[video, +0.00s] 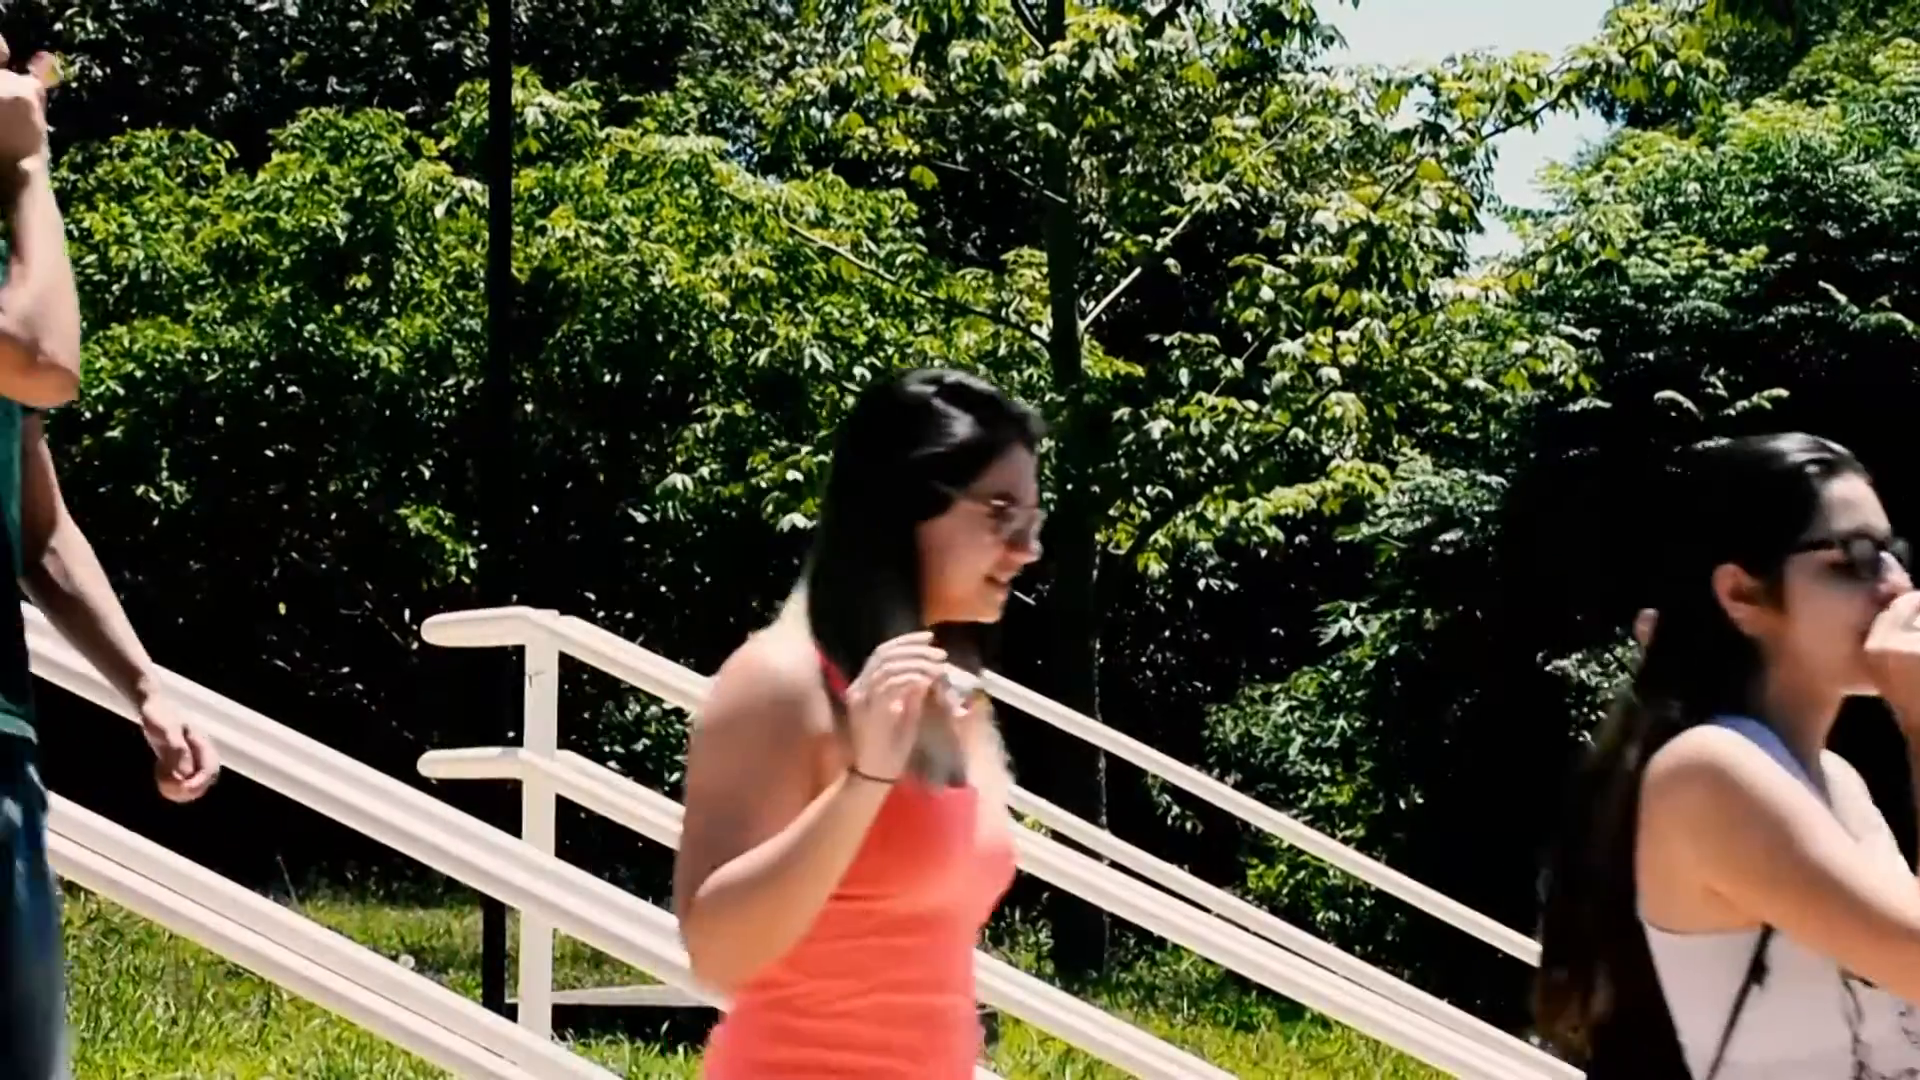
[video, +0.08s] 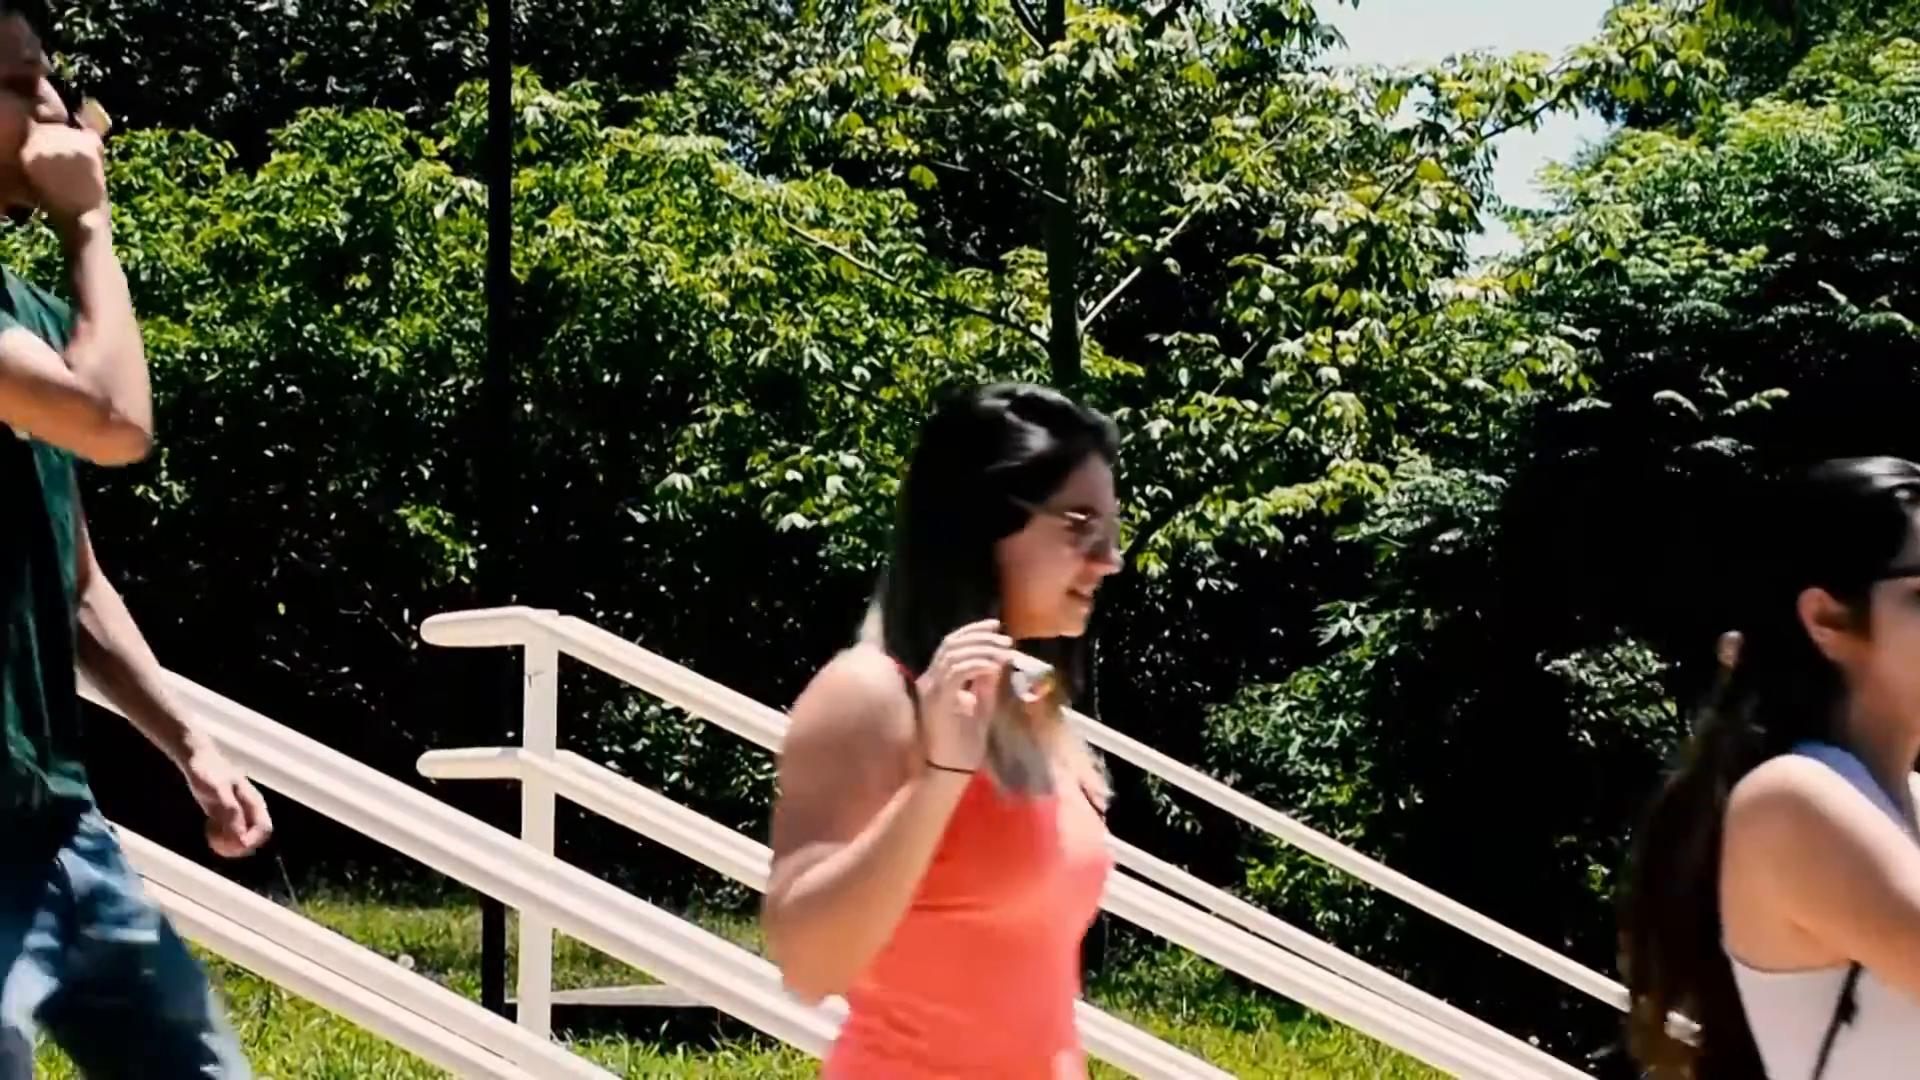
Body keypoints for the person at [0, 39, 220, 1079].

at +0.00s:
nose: (18, 83)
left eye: (17, 70)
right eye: (8, 70)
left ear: (15, 99)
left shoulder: (11, 301)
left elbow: (45, 533)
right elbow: (49, 358)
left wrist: (142, 683)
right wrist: (30, 163)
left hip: (4, 752)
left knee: (34, 1050)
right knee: (26, 1048)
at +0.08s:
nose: (58, 107)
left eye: (47, 80)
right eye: (27, 84)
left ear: (42, 101)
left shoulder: (35, 309)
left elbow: (78, 587)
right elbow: (116, 418)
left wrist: (186, 740)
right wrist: (90, 220)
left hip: (58, 822)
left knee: (203, 1066)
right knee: (9, 1059)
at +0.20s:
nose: (146, 181)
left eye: (141, 153)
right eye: (115, 152)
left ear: (26, 159)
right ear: (14, 156)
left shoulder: (107, 364)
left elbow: (126, 657)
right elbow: (180, 510)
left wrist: (213, 847)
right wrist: (170, 309)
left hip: (160, 877)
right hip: (42, 915)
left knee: (356, 1071)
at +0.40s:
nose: (279, 205)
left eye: (278, 175)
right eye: (251, 174)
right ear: (153, 176)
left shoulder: (255, 379)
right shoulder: (92, 361)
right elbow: (311, 532)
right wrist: (301, 326)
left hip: (306, 909)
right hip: (165, 921)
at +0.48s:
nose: (345, 238)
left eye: (338, 210)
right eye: (314, 210)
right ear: (213, 216)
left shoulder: (326, 418)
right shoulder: (162, 400)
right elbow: (382, 563)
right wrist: (367, 362)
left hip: (376, 953)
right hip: (246, 960)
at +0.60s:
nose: (444, 271)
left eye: (437, 243)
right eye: (410, 243)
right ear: (310, 257)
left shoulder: (435, 473)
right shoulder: (272, 432)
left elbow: (479, 761)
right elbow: (490, 597)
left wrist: (529, 995)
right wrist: (471, 391)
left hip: (463, 970)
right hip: (356, 975)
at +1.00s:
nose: (811, 403)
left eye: (797, 376)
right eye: (773, 380)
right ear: (677, 411)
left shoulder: (796, 624)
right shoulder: (644, 595)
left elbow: (813, 892)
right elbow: (877, 771)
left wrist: (926, 1058)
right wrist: (845, 549)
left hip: (789, 1051)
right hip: (668, 1052)